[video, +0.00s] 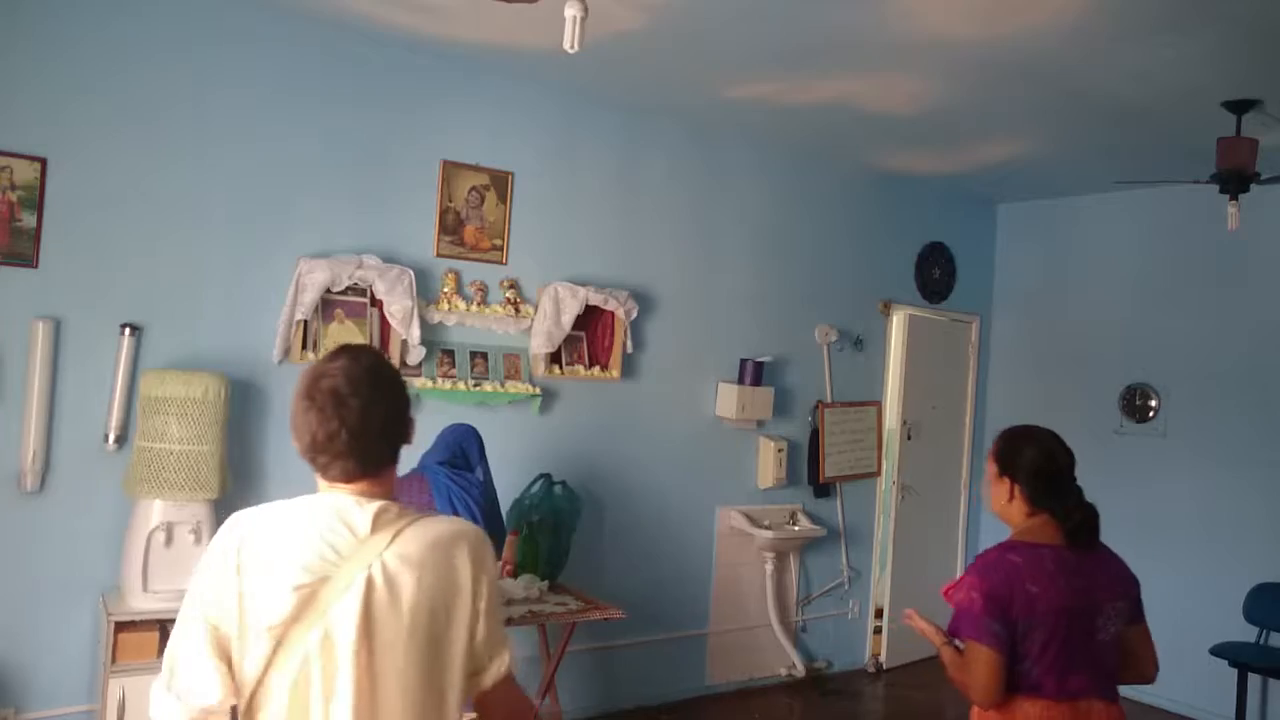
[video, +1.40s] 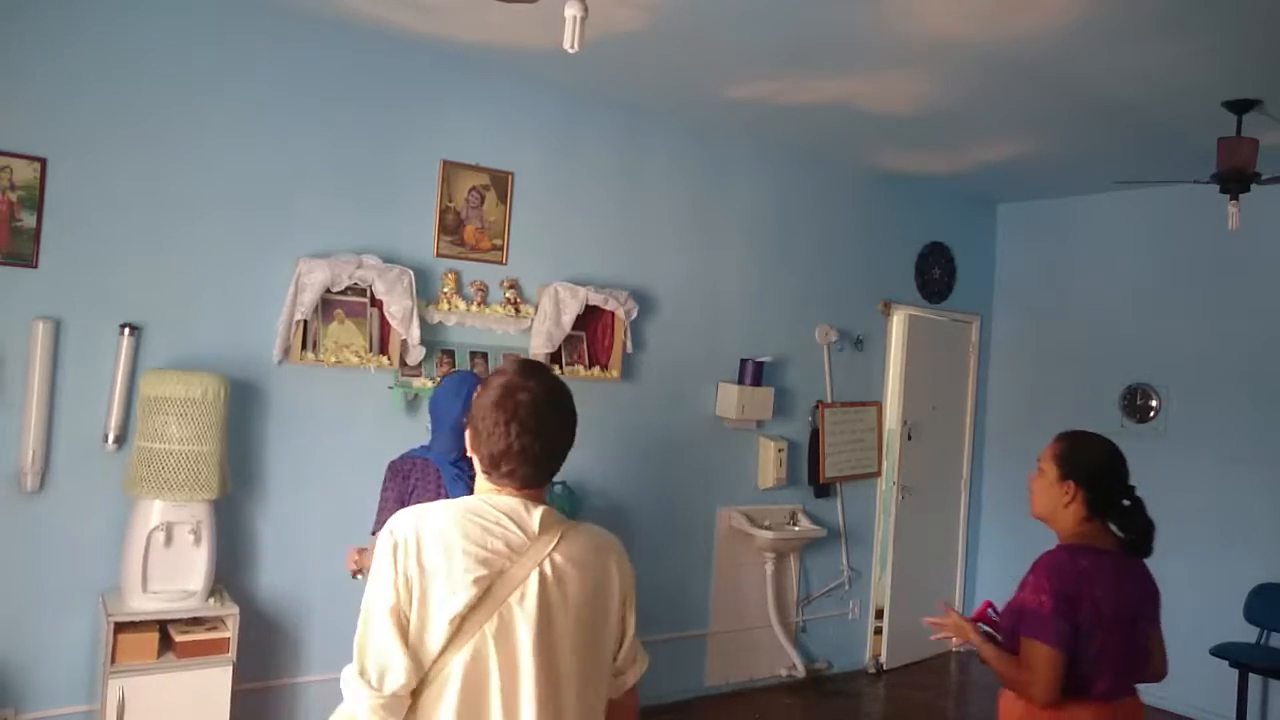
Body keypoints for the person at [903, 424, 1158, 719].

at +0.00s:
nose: (987, 486)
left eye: (990, 476)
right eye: (989, 475)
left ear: (1009, 488)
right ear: (1060, 483)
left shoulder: (992, 572)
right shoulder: (1110, 565)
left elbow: (984, 693)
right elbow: (1143, 667)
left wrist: (942, 645)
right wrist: (1069, 661)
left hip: (1020, 710)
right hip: (1100, 709)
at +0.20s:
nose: (1011, 485)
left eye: (1017, 474)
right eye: (1014, 473)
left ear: (1041, 489)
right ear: (1086, 484)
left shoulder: (1029, 573)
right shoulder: (1134, 566)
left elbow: (1021, 694)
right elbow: (1162, 664)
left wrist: (966, 650)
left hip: (1053, 713)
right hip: (1129, 710)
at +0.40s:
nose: (1036, 486)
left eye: (1042, 477)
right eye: (1039, 475)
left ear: (1070, 494)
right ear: (1114, 491)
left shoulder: (1063, 576)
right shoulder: (1157, 568)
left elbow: (1065, 701)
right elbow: (1186, 666)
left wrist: (999, 657)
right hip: (1164, 712)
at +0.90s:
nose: (1068, 486)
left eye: (1077, 474)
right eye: (1073, 474)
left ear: (1108, 491)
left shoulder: (1098, 571)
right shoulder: (1178, 565)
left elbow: (1086, 693)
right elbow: (1198, 673)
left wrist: (1018, 649)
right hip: (1168, 710)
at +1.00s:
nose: (1067, 488)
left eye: (1077, 476)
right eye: (1073, 476)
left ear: (1107, 494)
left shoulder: (1101, 575)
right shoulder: (1176, 569)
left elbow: (1089, 697)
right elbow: (1195, 676)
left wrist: (1021, 649)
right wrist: (1055, 648)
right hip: (1168, 711)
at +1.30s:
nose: (1043, 480)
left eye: (1053, 470)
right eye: (1049, 469)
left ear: (1081, 492)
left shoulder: (1071, 571)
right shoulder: (1148, 567)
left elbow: (1063, 692)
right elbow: (1170, 667)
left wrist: (993, 645)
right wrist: (1043, 633)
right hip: (1144, 708)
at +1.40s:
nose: (1030, 480)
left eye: (1040, 471)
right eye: (1036, 469)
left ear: (1068, 492)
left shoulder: (1053, 571)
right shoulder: (1134, 569)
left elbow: (1040, 689)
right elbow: (1153, 667)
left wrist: (976, 639)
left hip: (1047, 712)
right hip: (1123, 708)